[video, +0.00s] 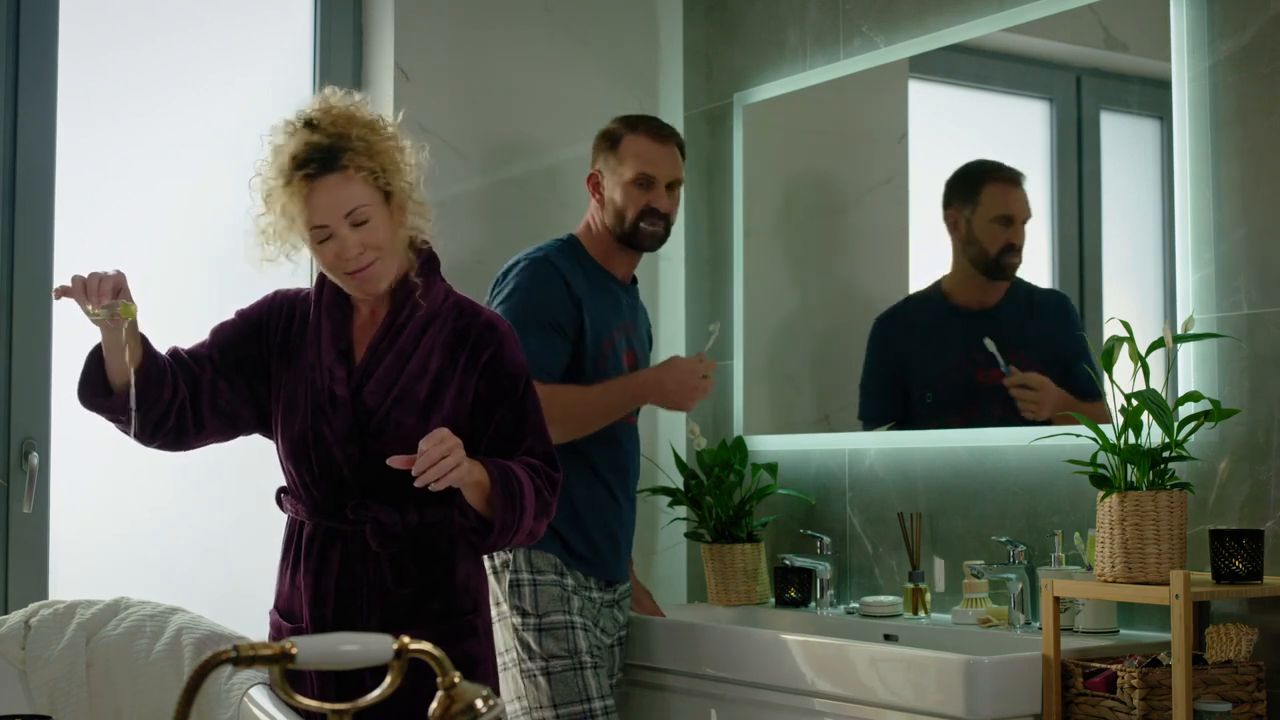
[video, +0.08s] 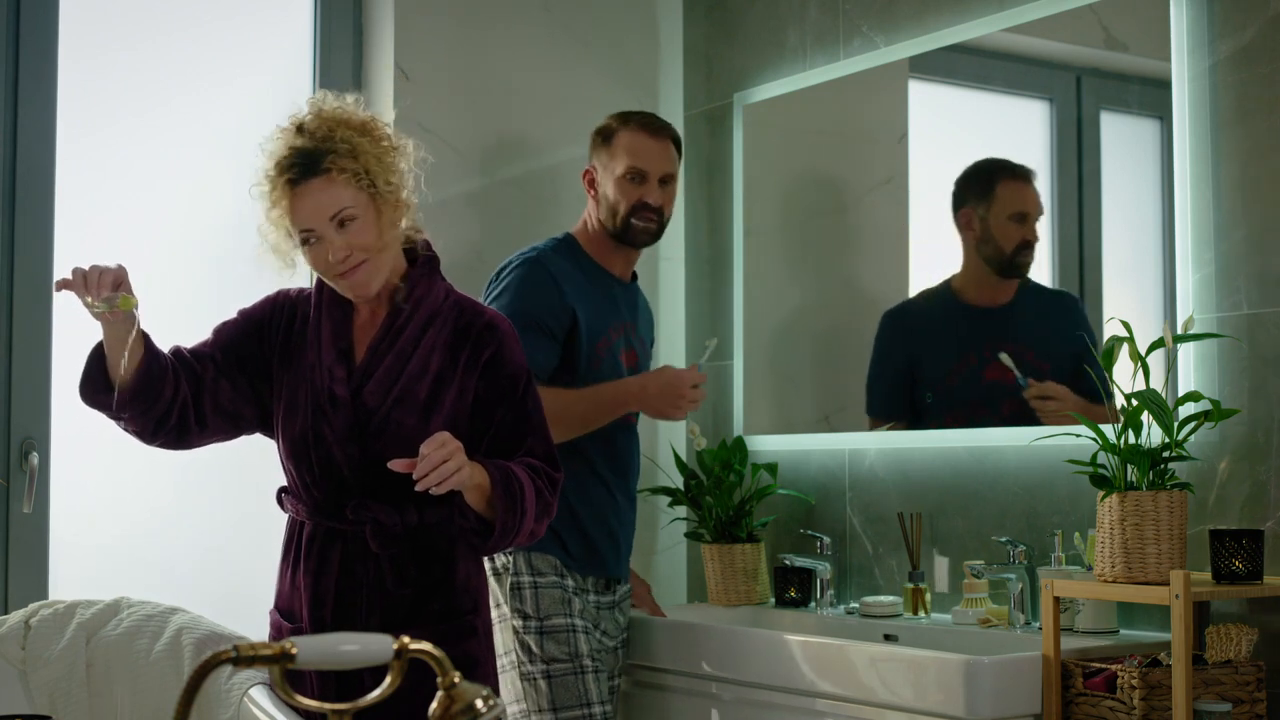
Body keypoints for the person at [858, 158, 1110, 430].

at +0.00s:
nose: (1019, 239)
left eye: (1023, 225)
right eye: (1004, 223)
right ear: (955, 223)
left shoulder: (1053, 313)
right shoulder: (898, 328)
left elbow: (1102, 419)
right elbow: (880, 446)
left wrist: (1061, 404)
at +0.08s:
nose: (1033, 236)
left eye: (1036, 222)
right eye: (1018, 220)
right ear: (968, 223)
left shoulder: (1063, 314)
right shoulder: (905, 326)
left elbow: (1111, 419)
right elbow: (885, 443)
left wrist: (1079, 410)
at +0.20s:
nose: (1061, 234)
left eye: (1061, 219)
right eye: (1047, 217)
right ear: (995, 222)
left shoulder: (1077, 314)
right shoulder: (920, 323)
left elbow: (1119, 415)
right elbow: (901, 442)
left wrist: (1107, 417)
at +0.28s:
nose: (1083, 234)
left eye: (1082, 219)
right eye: (1070, 218)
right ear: (1020, 221)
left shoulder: (1088, 313)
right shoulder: (933, 324)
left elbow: (1128, 415)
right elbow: (911, 451)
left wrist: (1114, 415)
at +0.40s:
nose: (1114, 235)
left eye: (1110, 220)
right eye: (1102, 220)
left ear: (1054, 225)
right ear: (1054, 224)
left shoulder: (1105, 313)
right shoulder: (959, 323)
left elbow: (1138, 418)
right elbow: (924, 448)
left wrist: (1125, 419)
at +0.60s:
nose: (1149, 236)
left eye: (1146, 221)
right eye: (1139, 221)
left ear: (1091, 224)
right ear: (1091, 224)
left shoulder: (1126, 310)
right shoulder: (1000, 318)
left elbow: (1149, 427)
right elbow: (968, 451)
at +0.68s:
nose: (1160, 238)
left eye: (1157, 223)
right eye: (1150, 222)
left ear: (1104, 225)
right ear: (1103, 225)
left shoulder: (1132, 310)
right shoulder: (1008, 320)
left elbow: (1150, 428)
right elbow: (990, 456)